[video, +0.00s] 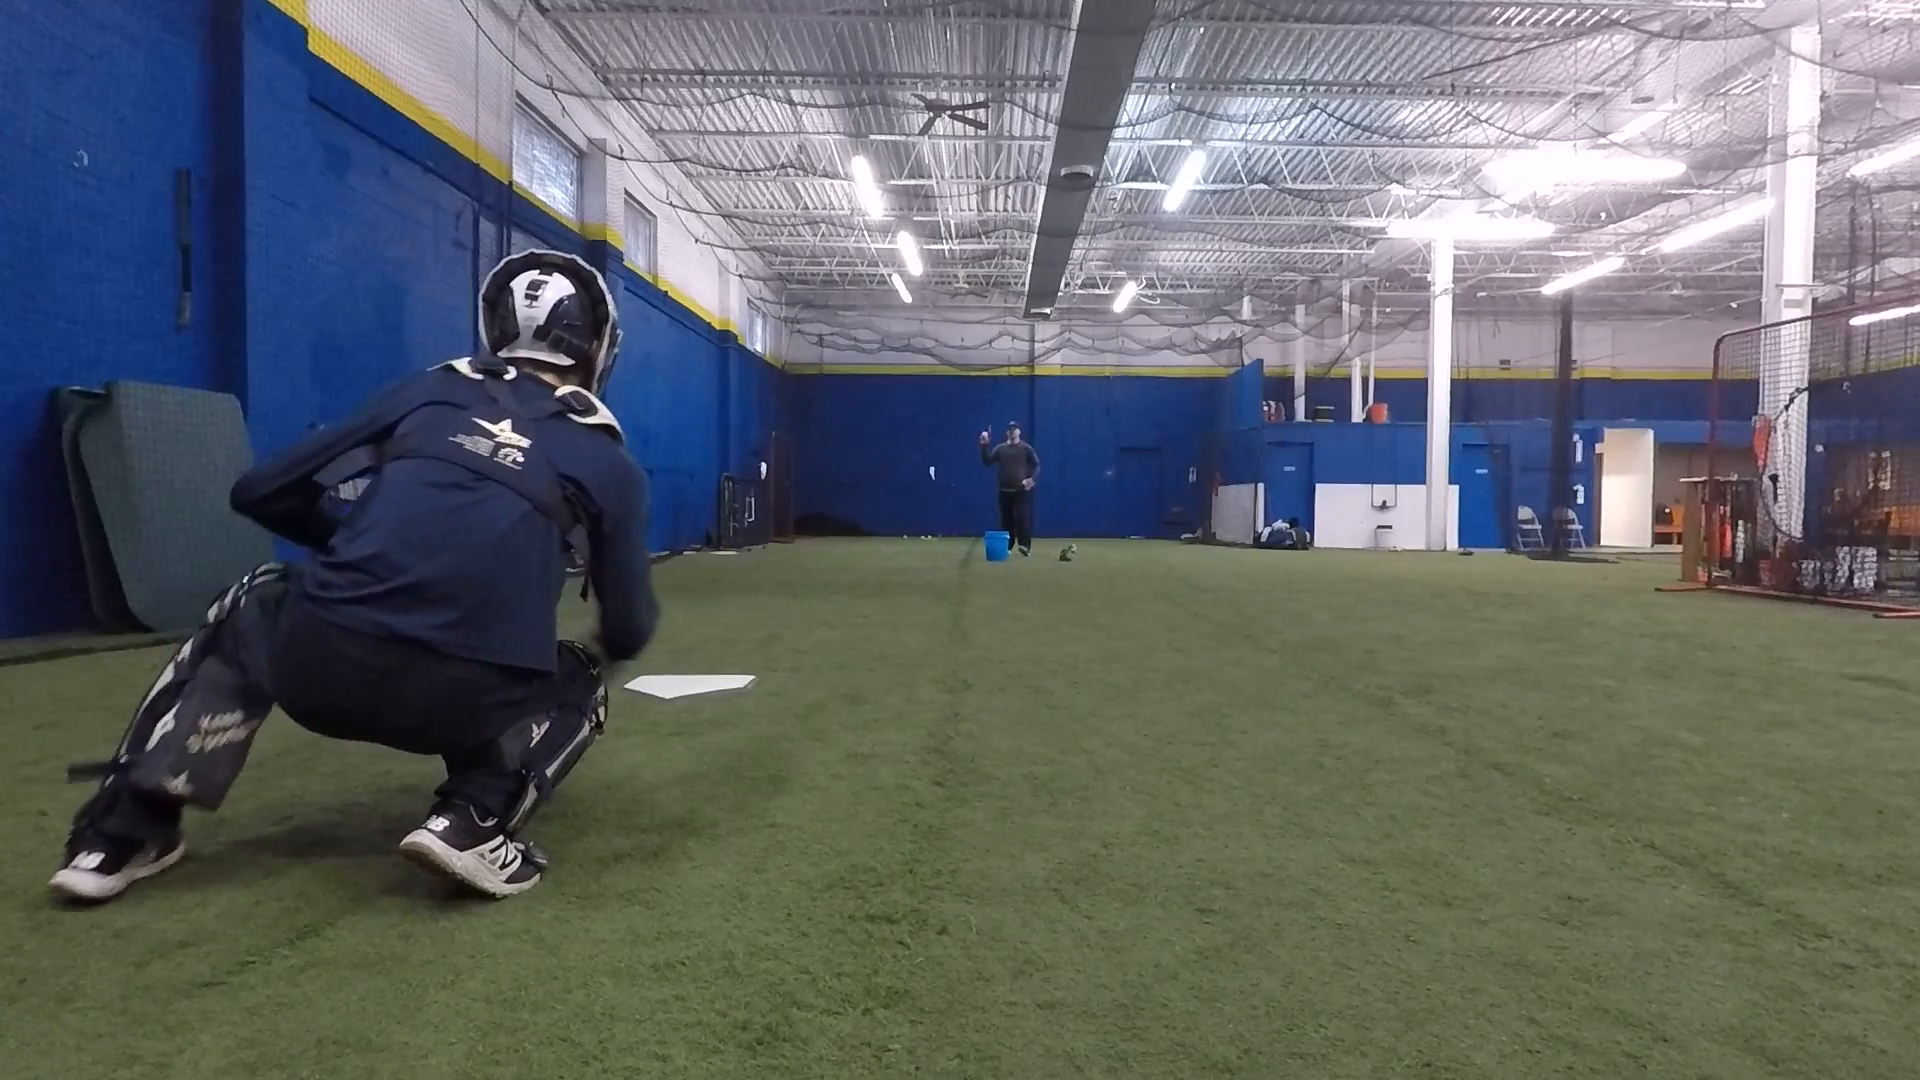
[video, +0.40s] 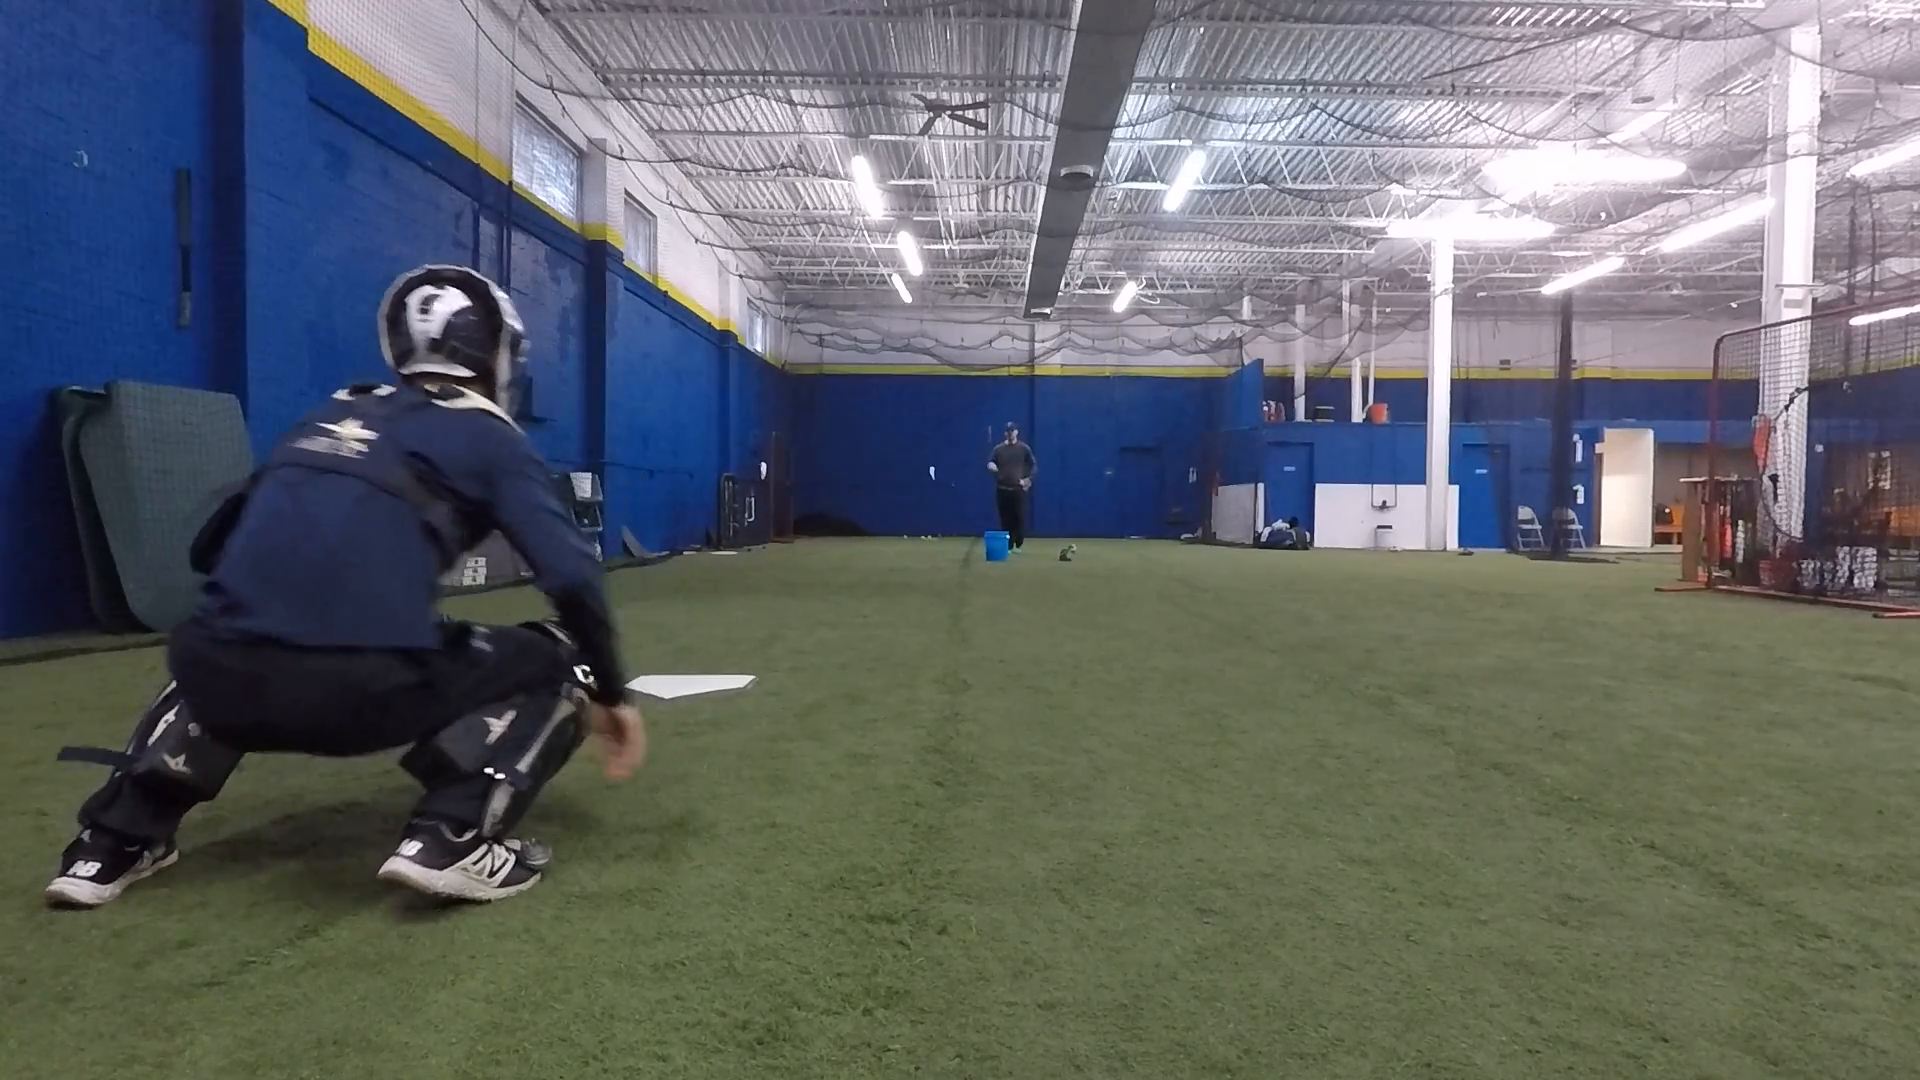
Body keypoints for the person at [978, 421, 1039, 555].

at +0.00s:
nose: (1012, 432)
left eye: (1014, 430)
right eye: (1010, 430)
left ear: (1019, 432)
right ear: (1007, 432)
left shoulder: (1026, 449)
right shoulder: (1000, 448)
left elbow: (1037, 466)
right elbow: (987, 461)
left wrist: (1032, 479)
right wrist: (984, 446)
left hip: (1021, 490)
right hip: (1005, 490)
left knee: (1022, 518)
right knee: (1006, 519)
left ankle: (1024, 546)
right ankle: (1008, 546)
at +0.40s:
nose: (1010, 434)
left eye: (1012, 431)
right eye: (1008, 431)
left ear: (1017, 432)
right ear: (1005, 433)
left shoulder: (1024, 449)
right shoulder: (998, 449)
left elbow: (1033, 466)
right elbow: (992, 462)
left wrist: (1028, 479)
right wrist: (991, 465)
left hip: (1018, 488)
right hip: (1003, 488)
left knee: (1018, 516)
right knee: (1005, 516)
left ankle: (1018, 543)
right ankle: (1008, 543)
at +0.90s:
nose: (1012, 439)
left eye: (1014, 436)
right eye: (1010, 436)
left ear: (1019, 436)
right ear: (1007, 436)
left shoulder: (1025, 452)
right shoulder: (1000, 448)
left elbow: (1032, 469)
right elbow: (991, 461)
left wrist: (1025, 482)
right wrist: (996, 470)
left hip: (1013, 489)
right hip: (997, 487)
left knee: (1013, 518)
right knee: (994, 516)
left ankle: (1014, 545)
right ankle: (990, 545)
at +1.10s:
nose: (1006, 437)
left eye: (1008, 434)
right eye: (1004, 434)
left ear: (1013, 435)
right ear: (1001, 435)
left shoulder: (1019, 451)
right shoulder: (993, 448)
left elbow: (1026, 468)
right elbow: (986, 464)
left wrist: (1021, 481)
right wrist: (992, 471)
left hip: (1008, 490)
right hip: (991, 489)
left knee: (1011, 518)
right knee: (981, 515)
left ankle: (1014, 546)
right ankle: (971, 543)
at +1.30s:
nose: (991, 438)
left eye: (993, 436)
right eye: (989, 436)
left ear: (999, 436)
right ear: (987, 437)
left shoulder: (1006, 452)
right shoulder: (981, 451)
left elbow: (1014, 469)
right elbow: (976, 467)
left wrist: (1011, 482)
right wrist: (981, 473)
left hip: (999, 492)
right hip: (983, 492)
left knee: (1005, 520)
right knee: (973, 519)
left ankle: (1014, 545)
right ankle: (963, 544)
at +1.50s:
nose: (975, 438)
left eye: (977, 435)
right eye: (974, 436)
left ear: (983, 435)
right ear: (972, 437)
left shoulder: (993, 451)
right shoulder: (967, 452)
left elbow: (999, 467)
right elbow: (963, 466)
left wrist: (997, 478)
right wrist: (964, 473)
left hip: (987, 491)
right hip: (971, 491)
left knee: (996, 518)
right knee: (966, 520)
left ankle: (1009, 543)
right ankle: (963, 545)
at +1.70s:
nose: (967, 439)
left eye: (968, 436)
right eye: (965, 437)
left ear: (974, 435)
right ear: (962, 438)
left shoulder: (984, 450)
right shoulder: (959, 451)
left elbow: (991, 466)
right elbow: (956, 466)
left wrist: (983, 475)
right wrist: (956, 471)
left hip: (980, 489)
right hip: (965, 489)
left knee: (985, 514)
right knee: (964, 518)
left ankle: (990, 542)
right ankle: (962, 544)